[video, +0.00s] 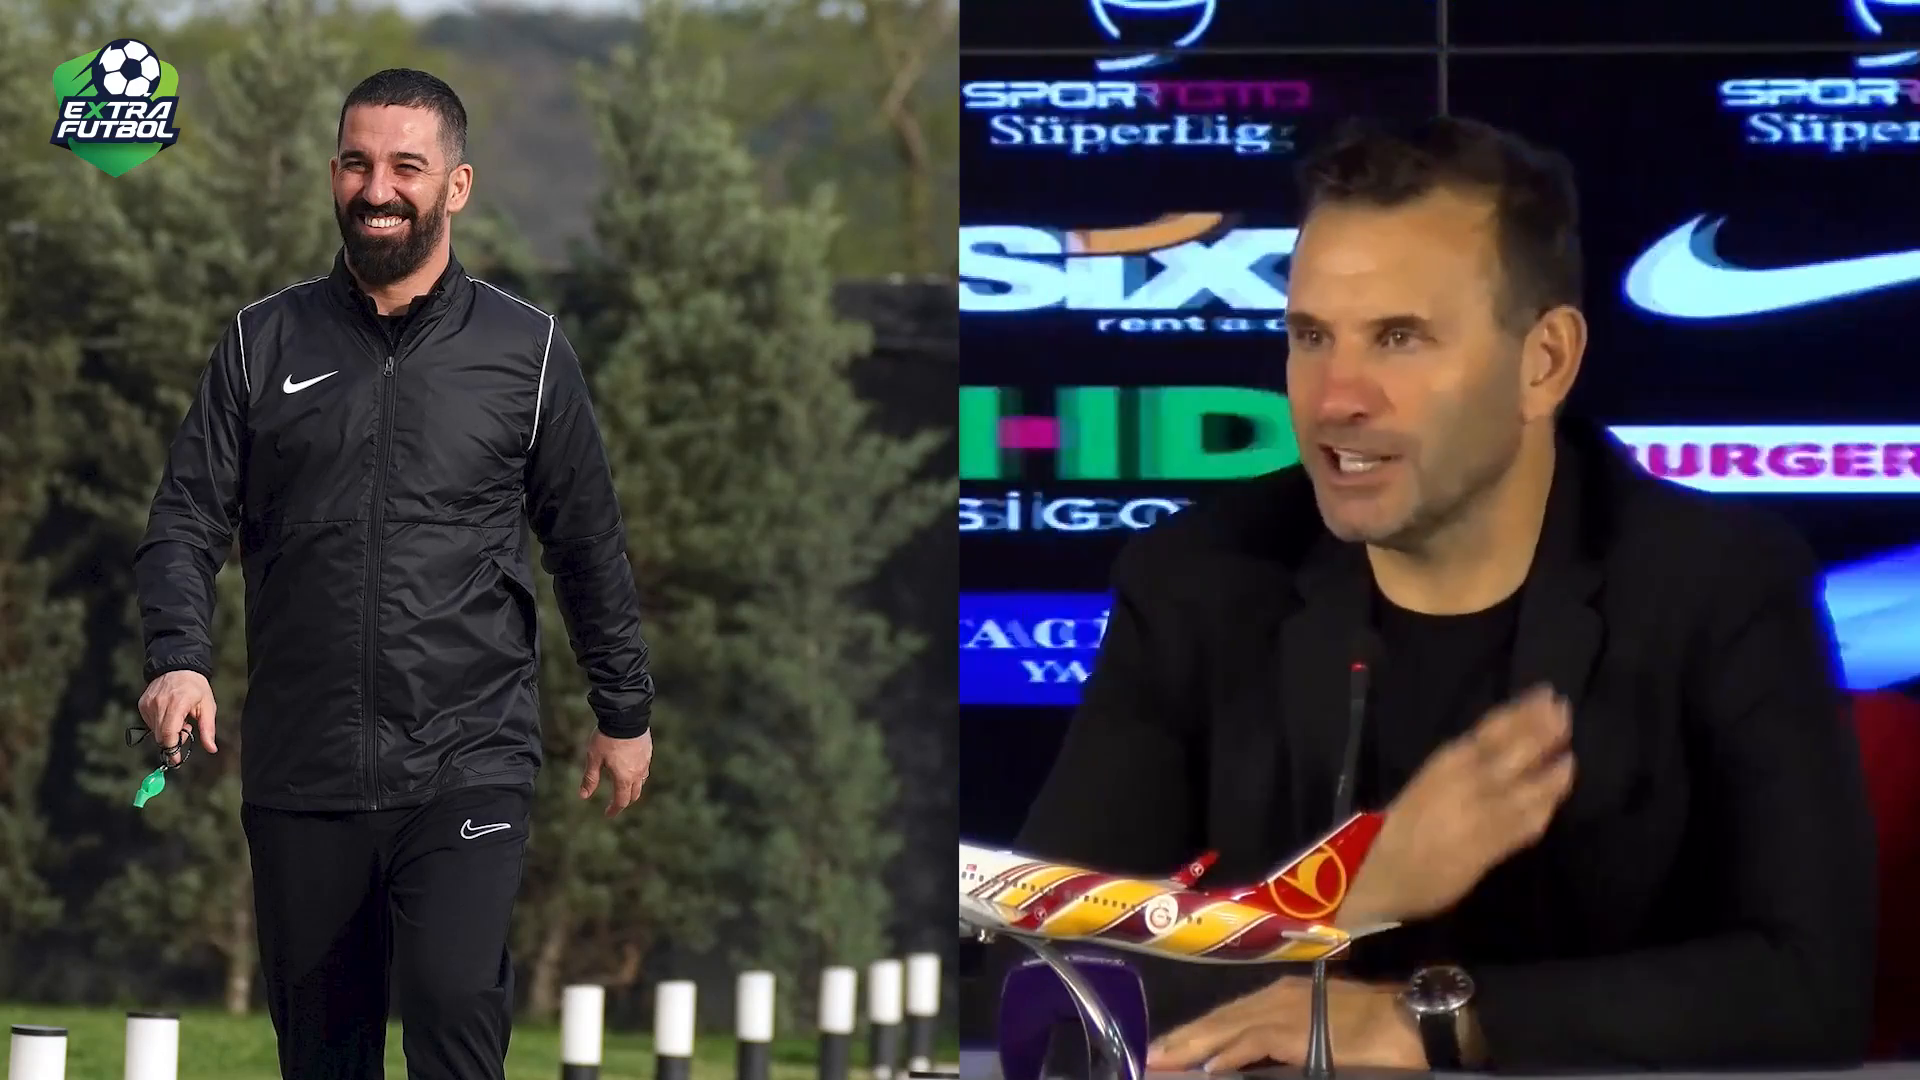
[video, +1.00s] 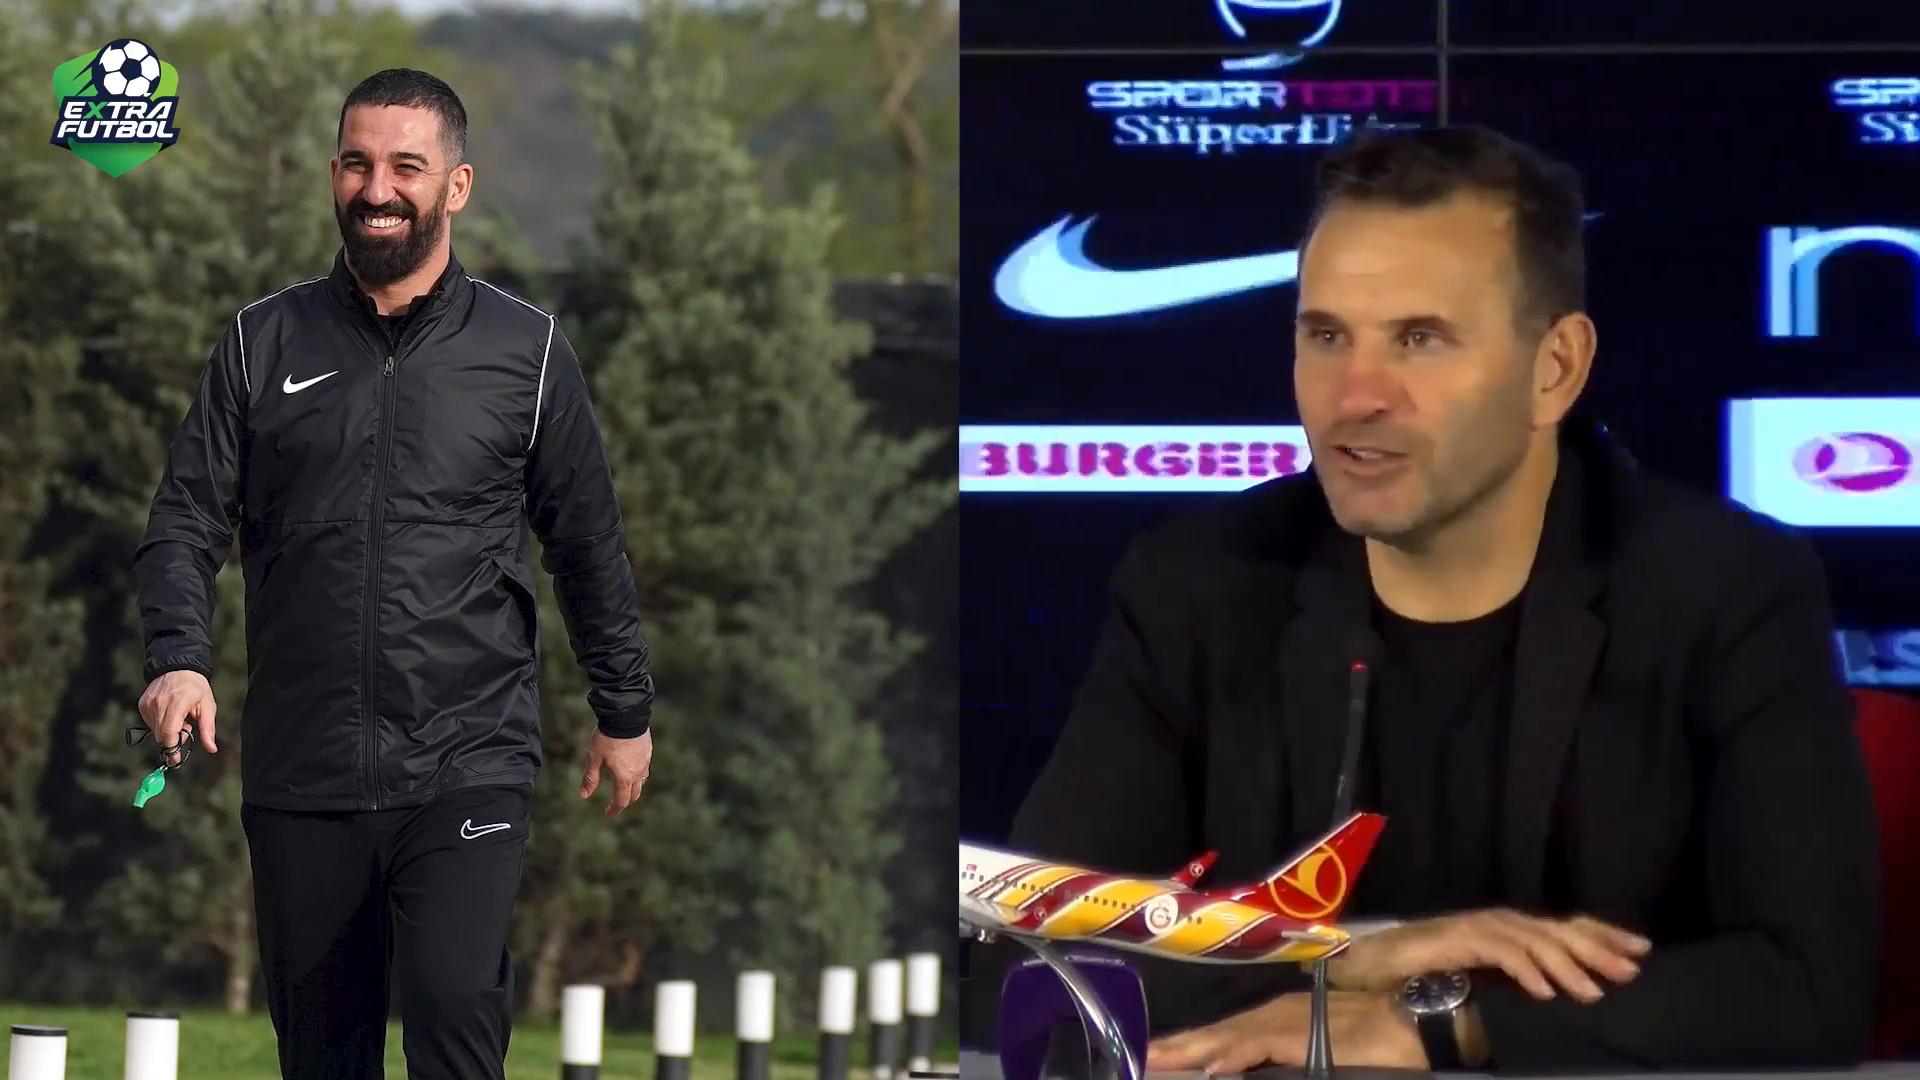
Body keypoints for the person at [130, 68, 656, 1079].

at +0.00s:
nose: (376, 187)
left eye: (405, 164)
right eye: (356, 162)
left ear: (458, 185)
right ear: (334, 176)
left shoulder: (529, 349)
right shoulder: (260, 343)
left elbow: (589, 540)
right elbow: (187, 513)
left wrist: (623, 708)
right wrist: (178, 658)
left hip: (472, 753)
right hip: (302, 755)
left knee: (455, 1018)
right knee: (320, 1042)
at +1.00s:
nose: (376, 187)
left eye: (405, 164)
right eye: (356, 162)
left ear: (458, 185)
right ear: (334, 176)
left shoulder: (529, 350)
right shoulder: (259, 343)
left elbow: (589, 541)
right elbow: (187, 513)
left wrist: (623, 708)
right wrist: (178, 658)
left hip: (472, 751)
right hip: (302, 753)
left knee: (455, 1017)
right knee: (319, 1039)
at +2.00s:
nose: (376, 187)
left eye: (405, 164)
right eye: (356, 162)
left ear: (458, 185)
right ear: (334, 176)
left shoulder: (529, 349)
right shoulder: (259, 343)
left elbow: (588, 540)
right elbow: (187, 513)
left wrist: (623, 709)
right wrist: (178, 658)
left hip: (472, 752)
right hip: (302, 755)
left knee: (455, 1018)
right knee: (320, 1042)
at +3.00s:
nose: (376, 187)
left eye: (405, 164)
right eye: (356, 162)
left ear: (458, 185)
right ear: (334, 176)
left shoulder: (529, 349)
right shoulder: (259, 343)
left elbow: (588, 541)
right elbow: (187, 513)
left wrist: (623, 709)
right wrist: (178, 658)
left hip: (472, 752)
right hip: (302, 755)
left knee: (455, 1018)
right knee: (320, 1042)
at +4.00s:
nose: (375, 187)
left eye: (405, 164)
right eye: (356, 162)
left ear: (458, 185)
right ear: (334, 177)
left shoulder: (530, 350)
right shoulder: (259, 342)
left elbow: (588, 541)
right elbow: (187, 513)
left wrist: (623, 708)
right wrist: (177, 658)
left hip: (472, 752)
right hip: (301, 755)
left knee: (455, 1018)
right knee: (320, 1043)